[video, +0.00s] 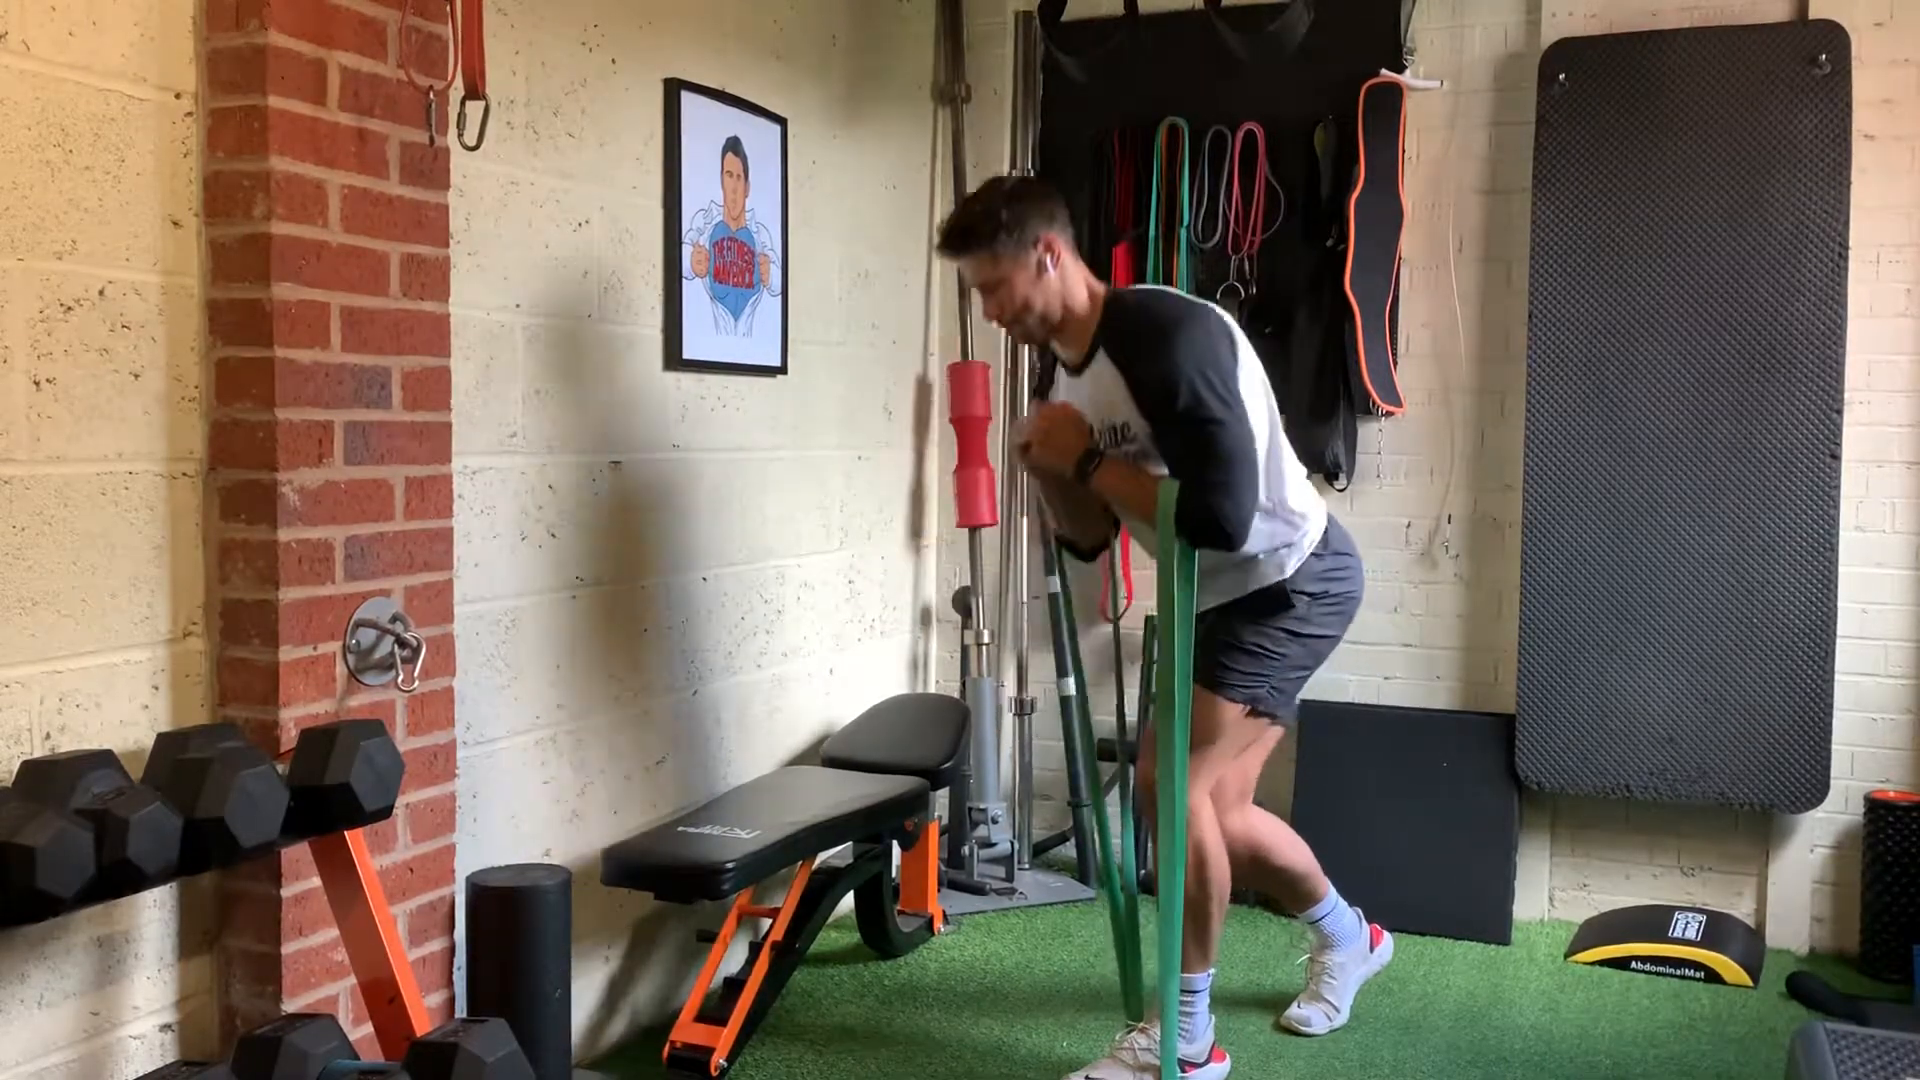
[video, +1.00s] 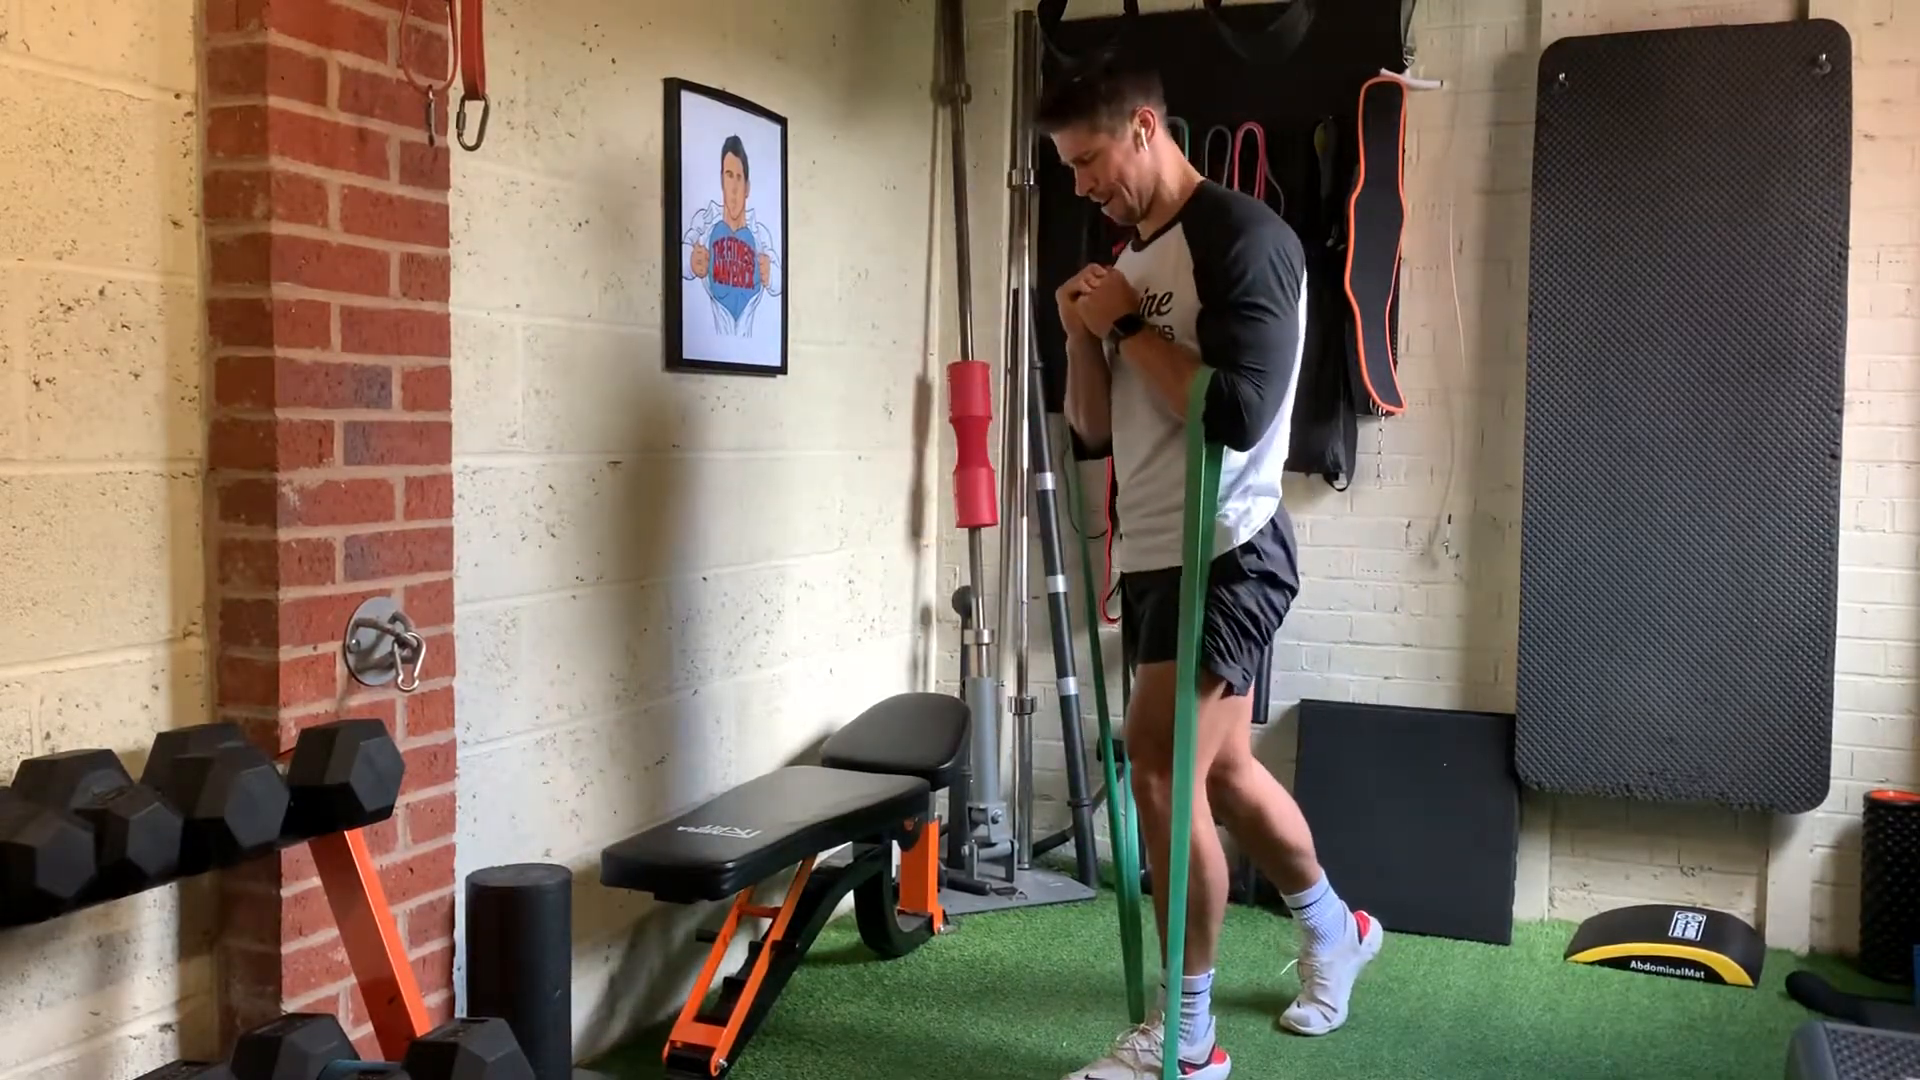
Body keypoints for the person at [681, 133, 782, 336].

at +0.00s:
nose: (734, 185)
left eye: (739, 177)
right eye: (729, 175)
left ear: (748, 186)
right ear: (721, 181)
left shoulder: (760, 231)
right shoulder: (705, 222)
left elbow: (778, 287)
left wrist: (769, 274)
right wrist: (693, 267)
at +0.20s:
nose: (734, 185)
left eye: (739, 177)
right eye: (729, 175)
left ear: (748, 188)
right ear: (721, 181)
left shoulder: (760, 232)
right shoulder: (705, 223)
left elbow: (779, 287)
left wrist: (770, 275)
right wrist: (693, 266)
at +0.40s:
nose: (734, 185)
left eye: (739, 177)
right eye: (729, 175)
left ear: (748, 187)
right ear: (721, 181)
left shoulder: (760, 233)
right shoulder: (705, 226)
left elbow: (779, 287)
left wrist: (770, 276)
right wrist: (693, 267)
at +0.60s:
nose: (734, 185)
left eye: (739, 177)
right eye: (729, 175)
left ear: (748, 187)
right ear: (721, 181)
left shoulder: (760, 232)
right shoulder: (705, 222)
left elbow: (779, 286)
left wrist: (769, 274)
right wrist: (693, 266)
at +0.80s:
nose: (734, 185)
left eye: (739, 177)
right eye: (729, 175)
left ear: (748, 187)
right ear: (721, 181)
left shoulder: (760, 233)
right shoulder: (705, 225)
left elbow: (779, 287)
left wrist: (769, 274)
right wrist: (694, 266)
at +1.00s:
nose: (734, 185)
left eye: (739, 176)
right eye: (729, 175)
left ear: (748, 187)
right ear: (721, 181)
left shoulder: (760, 232)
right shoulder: (705, 223)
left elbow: (779, 287)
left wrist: (769, 274)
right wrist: (695, 266)